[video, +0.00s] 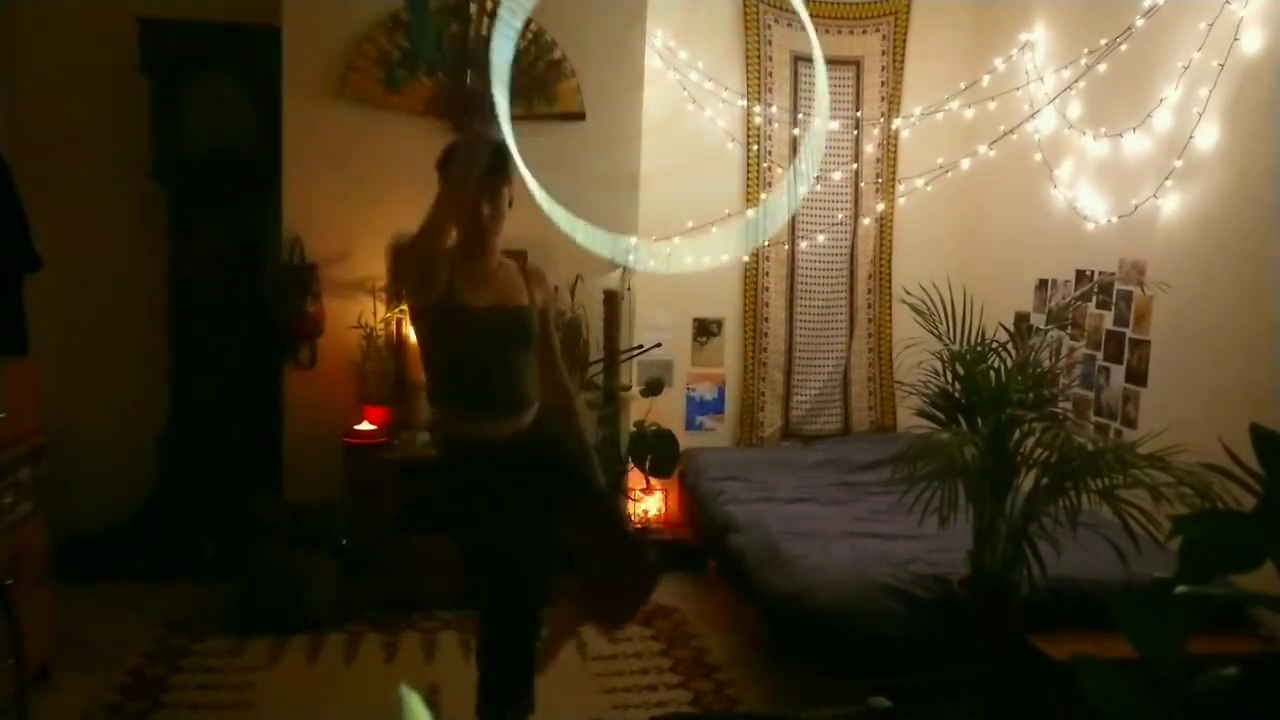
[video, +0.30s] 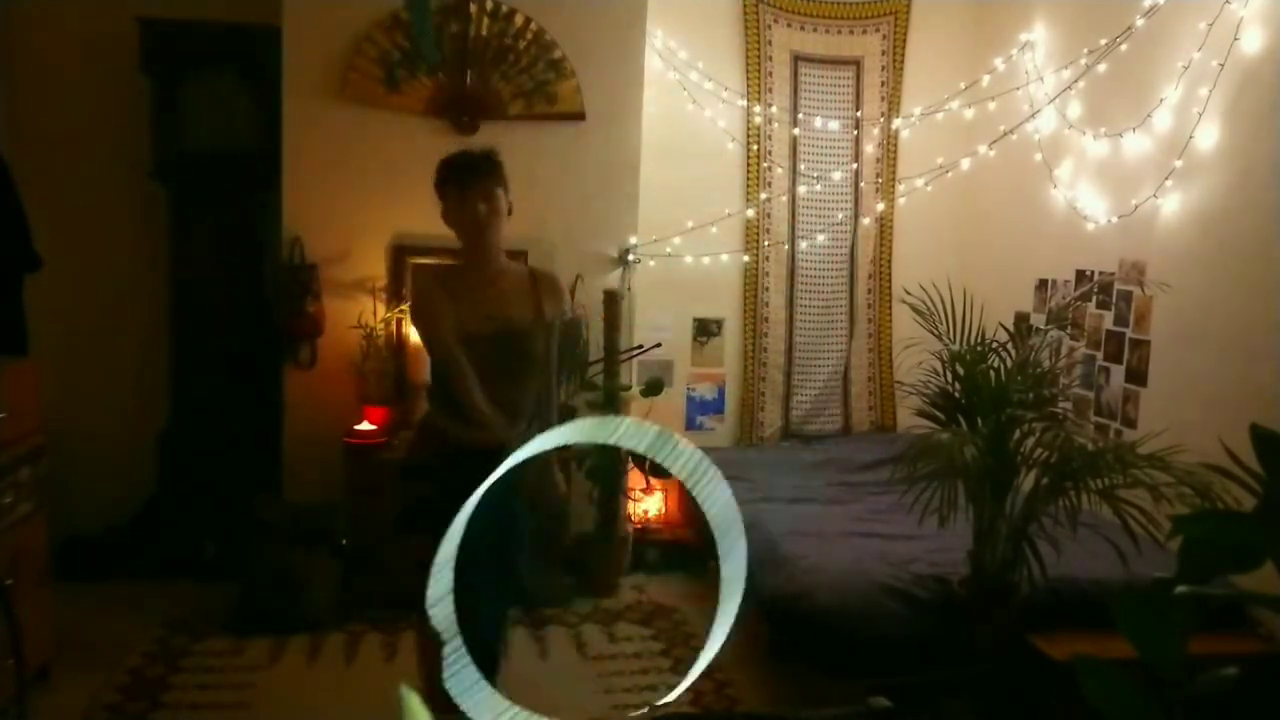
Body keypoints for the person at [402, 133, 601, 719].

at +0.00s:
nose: (487, 210)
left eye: (498, 196)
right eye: (476, 194)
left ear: (511, 202)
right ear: (452, 195)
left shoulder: (527, 274)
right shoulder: (427, 270)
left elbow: (555, 375)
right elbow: (417, 283)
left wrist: (585, 460)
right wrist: (447, 193)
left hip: (531, 452)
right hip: (467, 456)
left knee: (525, 596)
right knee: (497, 599)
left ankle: (510, 706)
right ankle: (503, 707)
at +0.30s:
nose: (483, 211)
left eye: (491, 198)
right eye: (468, 200)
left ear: (508, 205)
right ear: (447, 214)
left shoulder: (545, 287)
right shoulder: (433, 286)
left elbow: (552, 380)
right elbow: (456, 373)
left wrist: (549, 458)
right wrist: (510, 442)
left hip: (525, 461)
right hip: (455, 458)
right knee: (455, 595)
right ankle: (449, 699)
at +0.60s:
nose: (470, 232)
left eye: (480, 219)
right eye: (457, 219)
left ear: (494, 229)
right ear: (436, 229)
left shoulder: (504, 311)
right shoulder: (410, 313)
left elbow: (519, 394)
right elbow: (356, 377)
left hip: (483, 479)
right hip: (414, 476)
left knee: (488, 619)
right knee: (358, 590)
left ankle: (482, 712)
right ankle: (267, 668)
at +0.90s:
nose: (396, 238)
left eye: (406, 228)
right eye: (387, 226)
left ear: (419, 239)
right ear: (366, 232)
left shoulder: (426, 319)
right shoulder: (342, 304)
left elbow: (425, 395)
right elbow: (355, 209)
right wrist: (366, 107)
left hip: (419, 486)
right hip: (355, 485)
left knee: (469, 600)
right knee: (295, 601)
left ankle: (470, 706)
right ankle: (223, 686)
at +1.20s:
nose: (354, 231)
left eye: (364, 218)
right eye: (341, 217)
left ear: (377, 226)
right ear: (316, 222)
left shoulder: (386, 306)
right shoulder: (297, 291)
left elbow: (411, 393)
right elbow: (342, 323)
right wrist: (405, 319)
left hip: (381, 467)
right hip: (312, 470)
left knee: (433, 583)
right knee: (278, 591)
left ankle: (454, 701)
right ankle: (212, 685)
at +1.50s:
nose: (406, 248)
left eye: (413, 235)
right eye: (391, 236)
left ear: (425, 240)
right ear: (369, 246)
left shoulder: (459, 328)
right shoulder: (359, 333)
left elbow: (480, 408)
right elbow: (356, 425)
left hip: (453, 488)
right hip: (385, 492)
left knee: (501, 640)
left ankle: (472, 710)